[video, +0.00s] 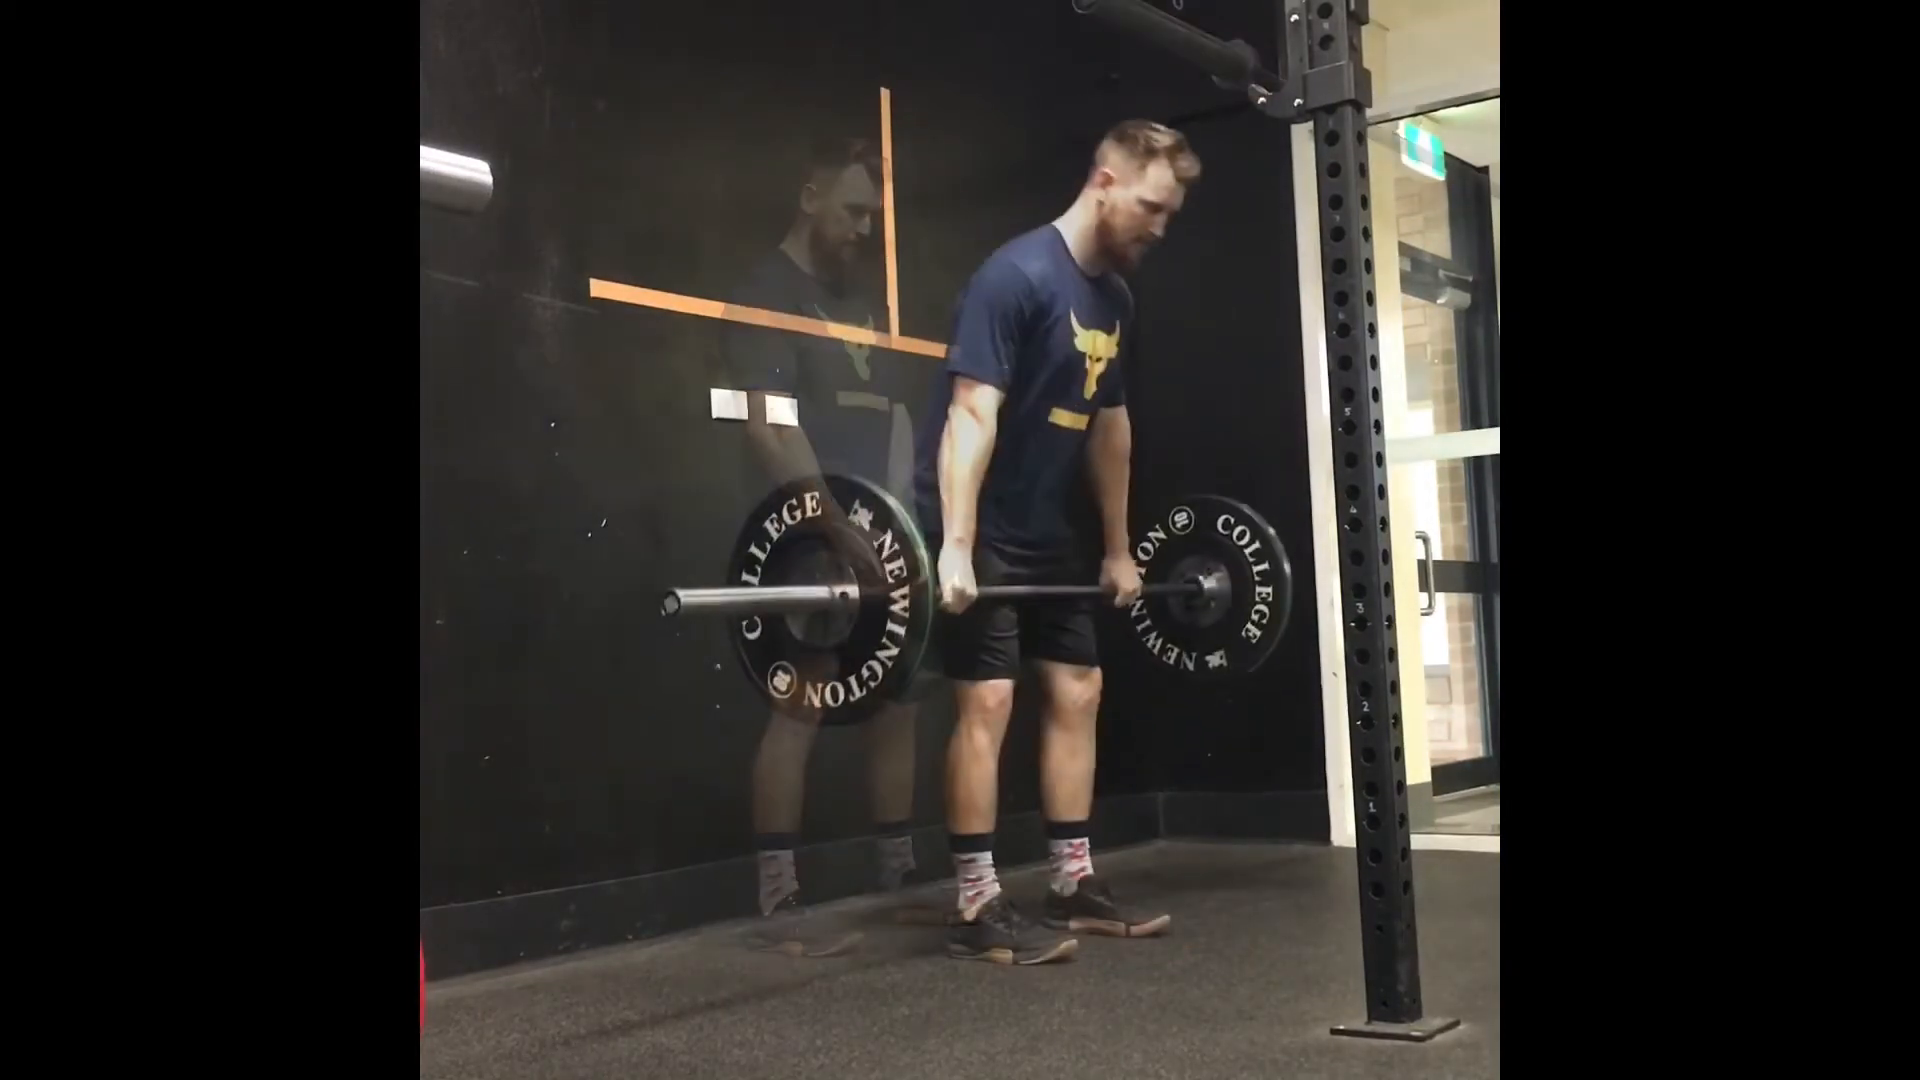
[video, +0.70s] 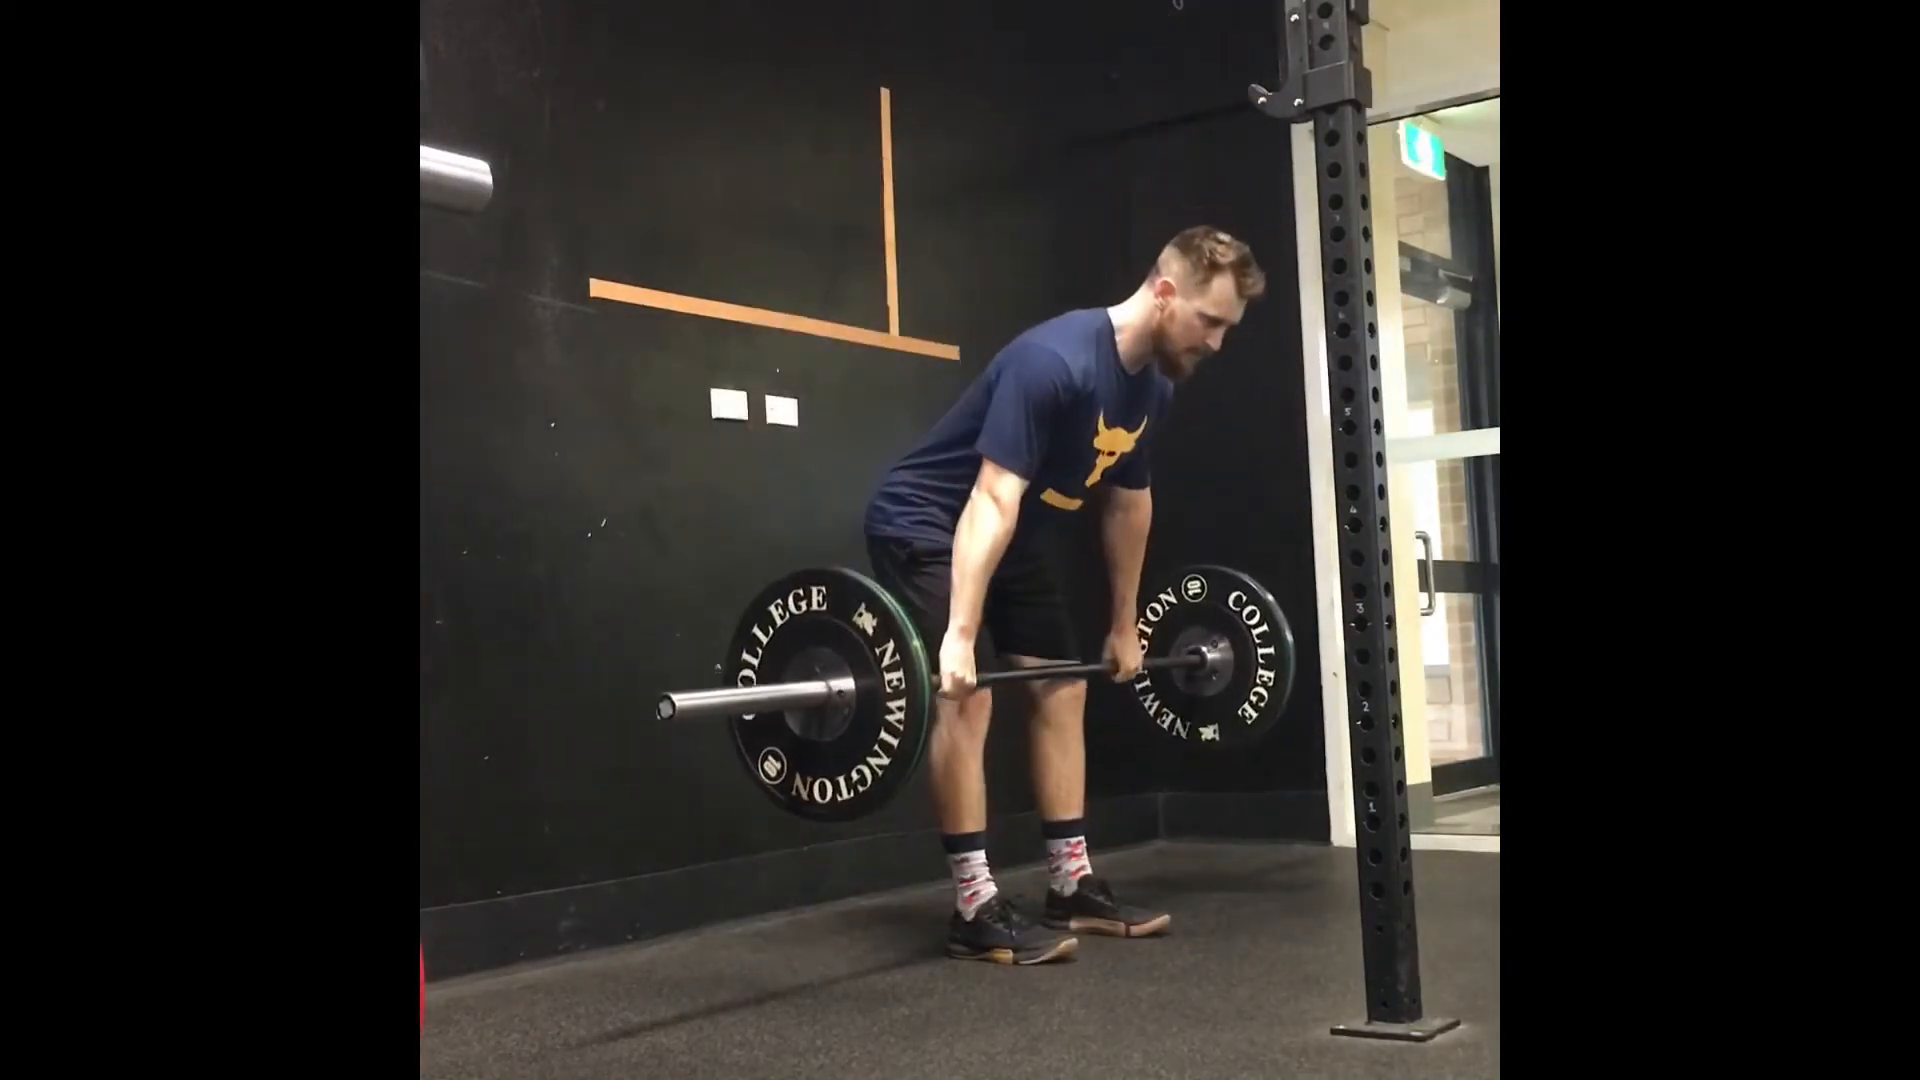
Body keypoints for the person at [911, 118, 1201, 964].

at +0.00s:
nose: (1162, 229)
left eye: (1170, 214)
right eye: (1156, 208)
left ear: (1123, 197)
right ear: (1105, 183)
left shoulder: (1114, 300)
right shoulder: (1013, 277)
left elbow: (1110, 423)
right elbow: (972, 412)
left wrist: (1118, 544)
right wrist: (956, 546)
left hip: (1060, 536)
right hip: (984, 533)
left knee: (1078, 689)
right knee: (987, 701)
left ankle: (1072, 886)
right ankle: (977, 906)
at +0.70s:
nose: (1215, 342)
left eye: (1226, 329)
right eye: (1209, 321)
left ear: (1173, 300)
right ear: (1161, 292)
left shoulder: (1149, 388)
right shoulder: (1052, 363)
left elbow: (1128, 504)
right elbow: (993, 498)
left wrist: (1124, 623)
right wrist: (960, 635)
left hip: (1017, 523)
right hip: (926, 519)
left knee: (1061, 681)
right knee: (966, 692)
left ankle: (1071, 884)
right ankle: (975, 905)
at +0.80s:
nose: (1218, 355)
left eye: (1229, 342)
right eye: (1212, 334)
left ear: (1173, 312)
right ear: (1165, 303)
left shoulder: (1150, 394)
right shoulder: (1055, 372)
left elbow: (1129, 512)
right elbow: (994, 507)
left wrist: (1124, 631)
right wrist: (960, 644)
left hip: (1011, 525)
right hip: (923, 522)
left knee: (1060, 681)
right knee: (964, 692)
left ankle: (1071, 884)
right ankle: (974, 906)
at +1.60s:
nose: (1076, 201)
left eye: (1085, 187)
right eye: (1067, 181)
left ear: (1077, 181)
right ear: (1020, 160)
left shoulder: (1053, 264)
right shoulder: (953, 249)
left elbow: (1090, 388)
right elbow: (936, 374)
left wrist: (1127, 501)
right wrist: (959, 492)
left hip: (1077, 518)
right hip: (1001, 517)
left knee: (1074, 693)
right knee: (993, 701)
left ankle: (1072, 884)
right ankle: (977, 906)